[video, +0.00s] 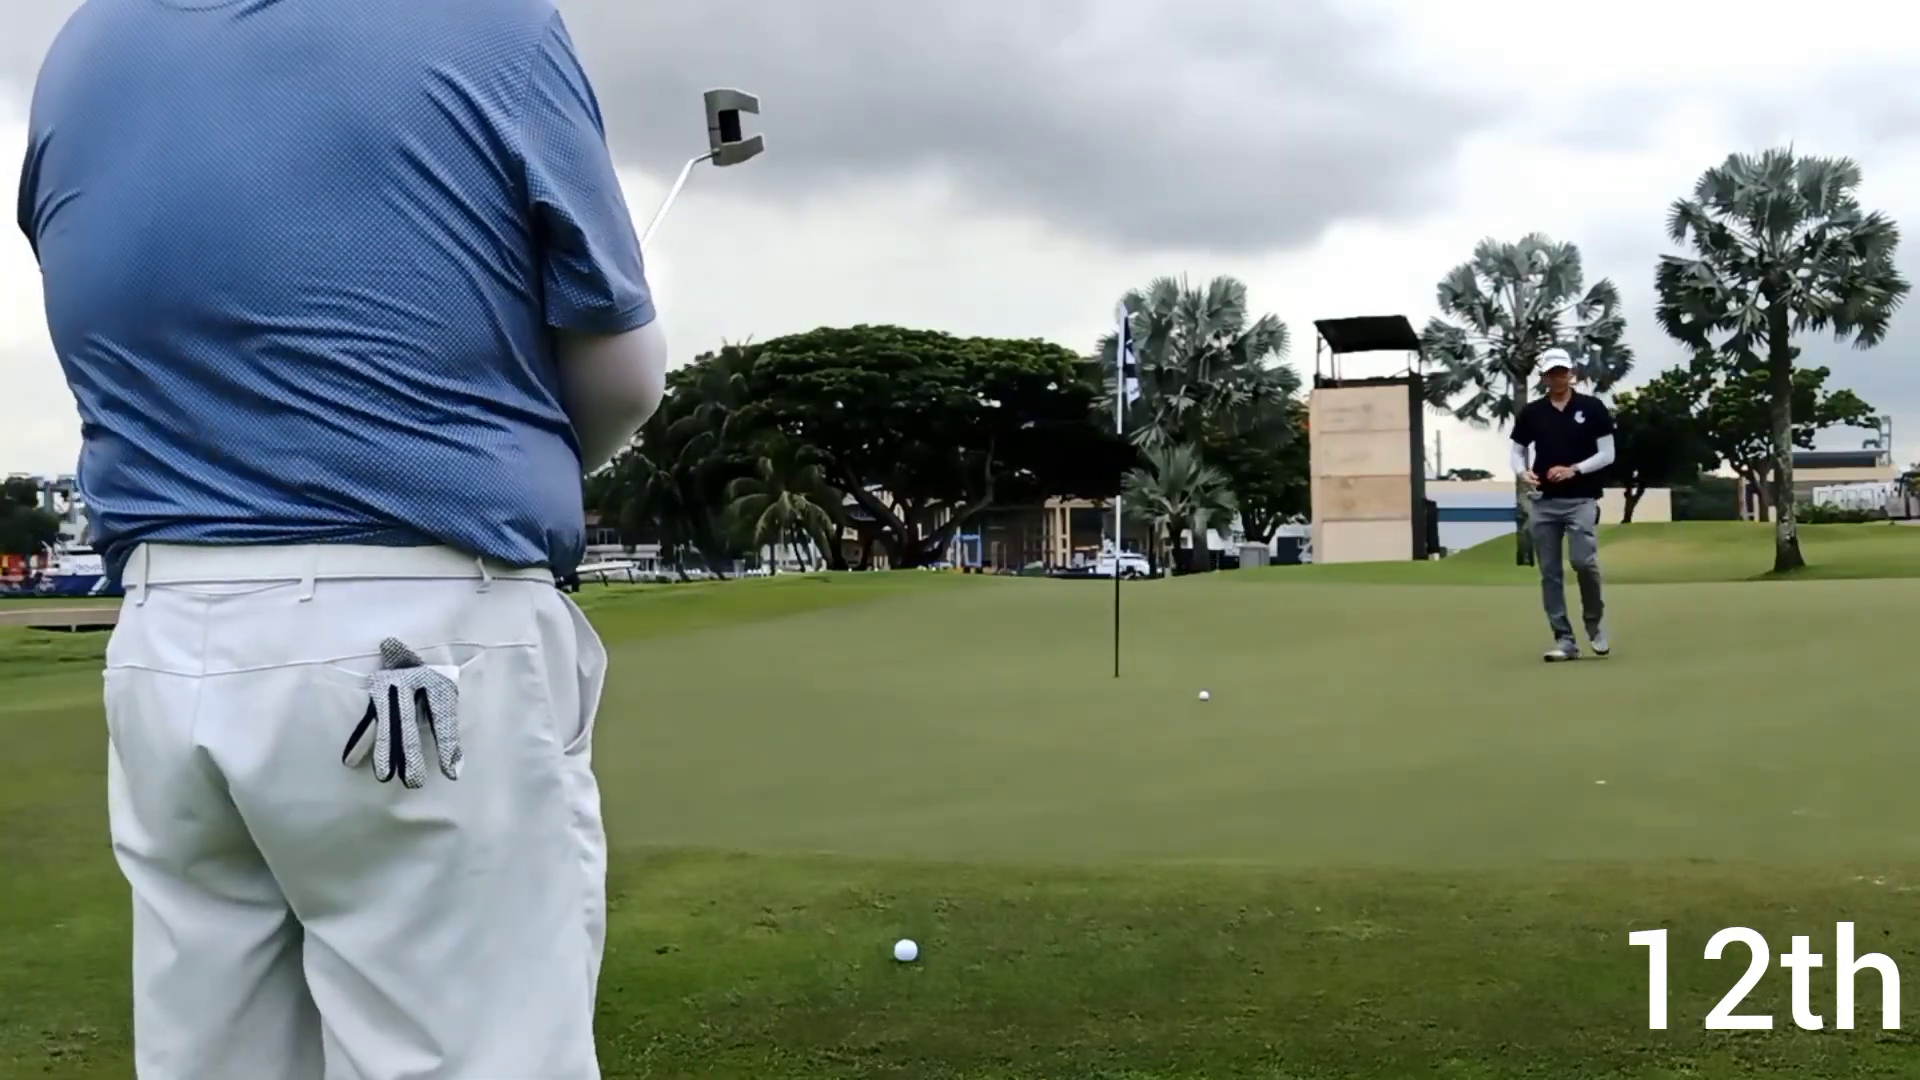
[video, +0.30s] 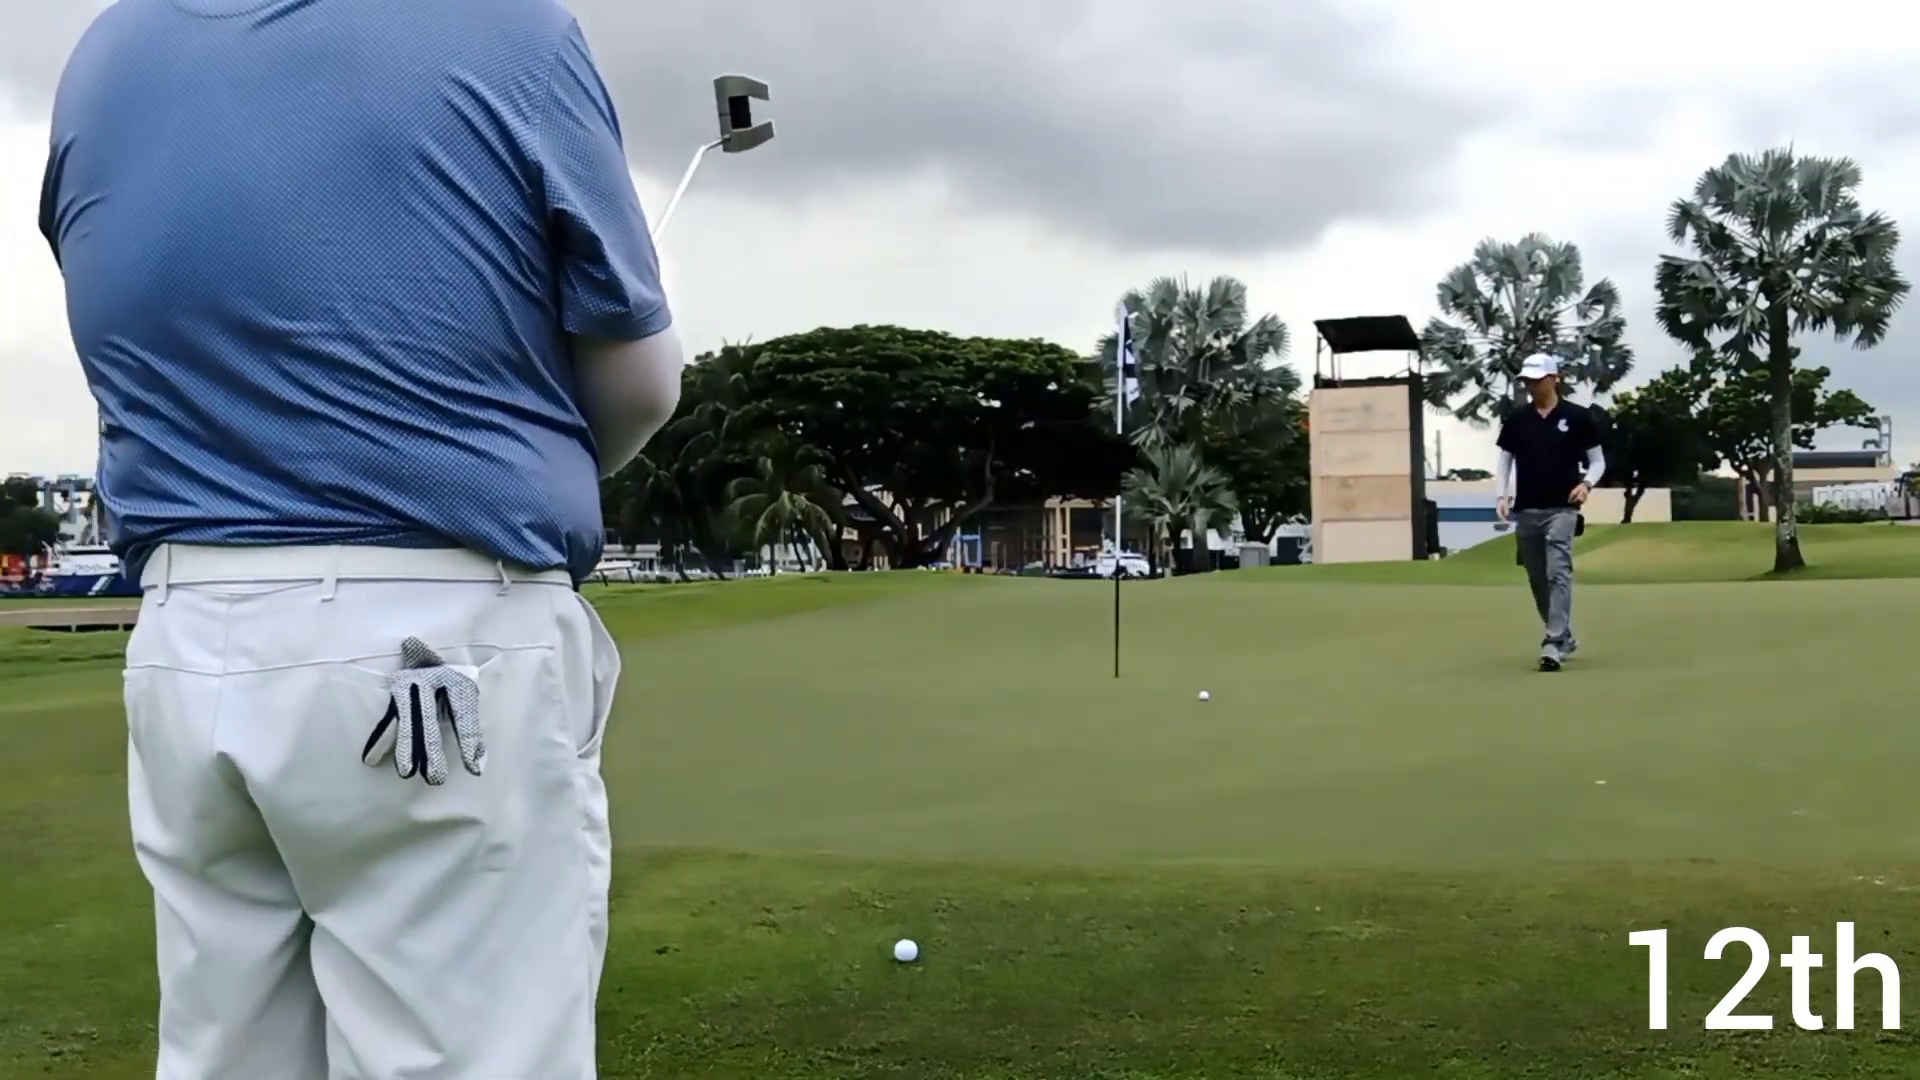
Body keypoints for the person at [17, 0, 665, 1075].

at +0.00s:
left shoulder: (89, 38)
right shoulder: (499, 25)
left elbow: (93, 314)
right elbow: (620, 373)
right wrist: (515, 456)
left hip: (170, 620)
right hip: (431, 620)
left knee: (207, 1063)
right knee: (469, 1057)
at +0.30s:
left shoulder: (111, 43)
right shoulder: (517, 30)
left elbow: (119, 324)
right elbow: (637, 378)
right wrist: (516, 476)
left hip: (189, 617)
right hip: (448, 617)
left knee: (221, 1060)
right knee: (472, 1059)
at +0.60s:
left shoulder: (132, 44)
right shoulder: (538, 33)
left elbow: (135, 322)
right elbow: (657, 382)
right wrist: (532, 473)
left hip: (209, 617)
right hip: (468, 621)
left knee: (233, 1060)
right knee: (484, 1060)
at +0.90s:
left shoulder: (151, 47)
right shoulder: (555, 34)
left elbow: (155, 323)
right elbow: (673, 384)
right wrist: (546, 483)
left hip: (224, 616)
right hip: (482, 621)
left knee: (242, 1059)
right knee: (496, 1059)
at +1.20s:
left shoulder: (163, 50)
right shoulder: (567, 37)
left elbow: (164, 332)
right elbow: (681, 388)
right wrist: (563, 486)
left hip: (235, 617)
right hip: (493, 621)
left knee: (250, 1058)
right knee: (501, 1059)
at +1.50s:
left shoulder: (172, 52)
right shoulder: (571, 40)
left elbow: (175, 333)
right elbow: (683, 390)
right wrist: (560, 492)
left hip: (238, 617)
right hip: (494, 621)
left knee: (253, 1058)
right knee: (503, 1058)